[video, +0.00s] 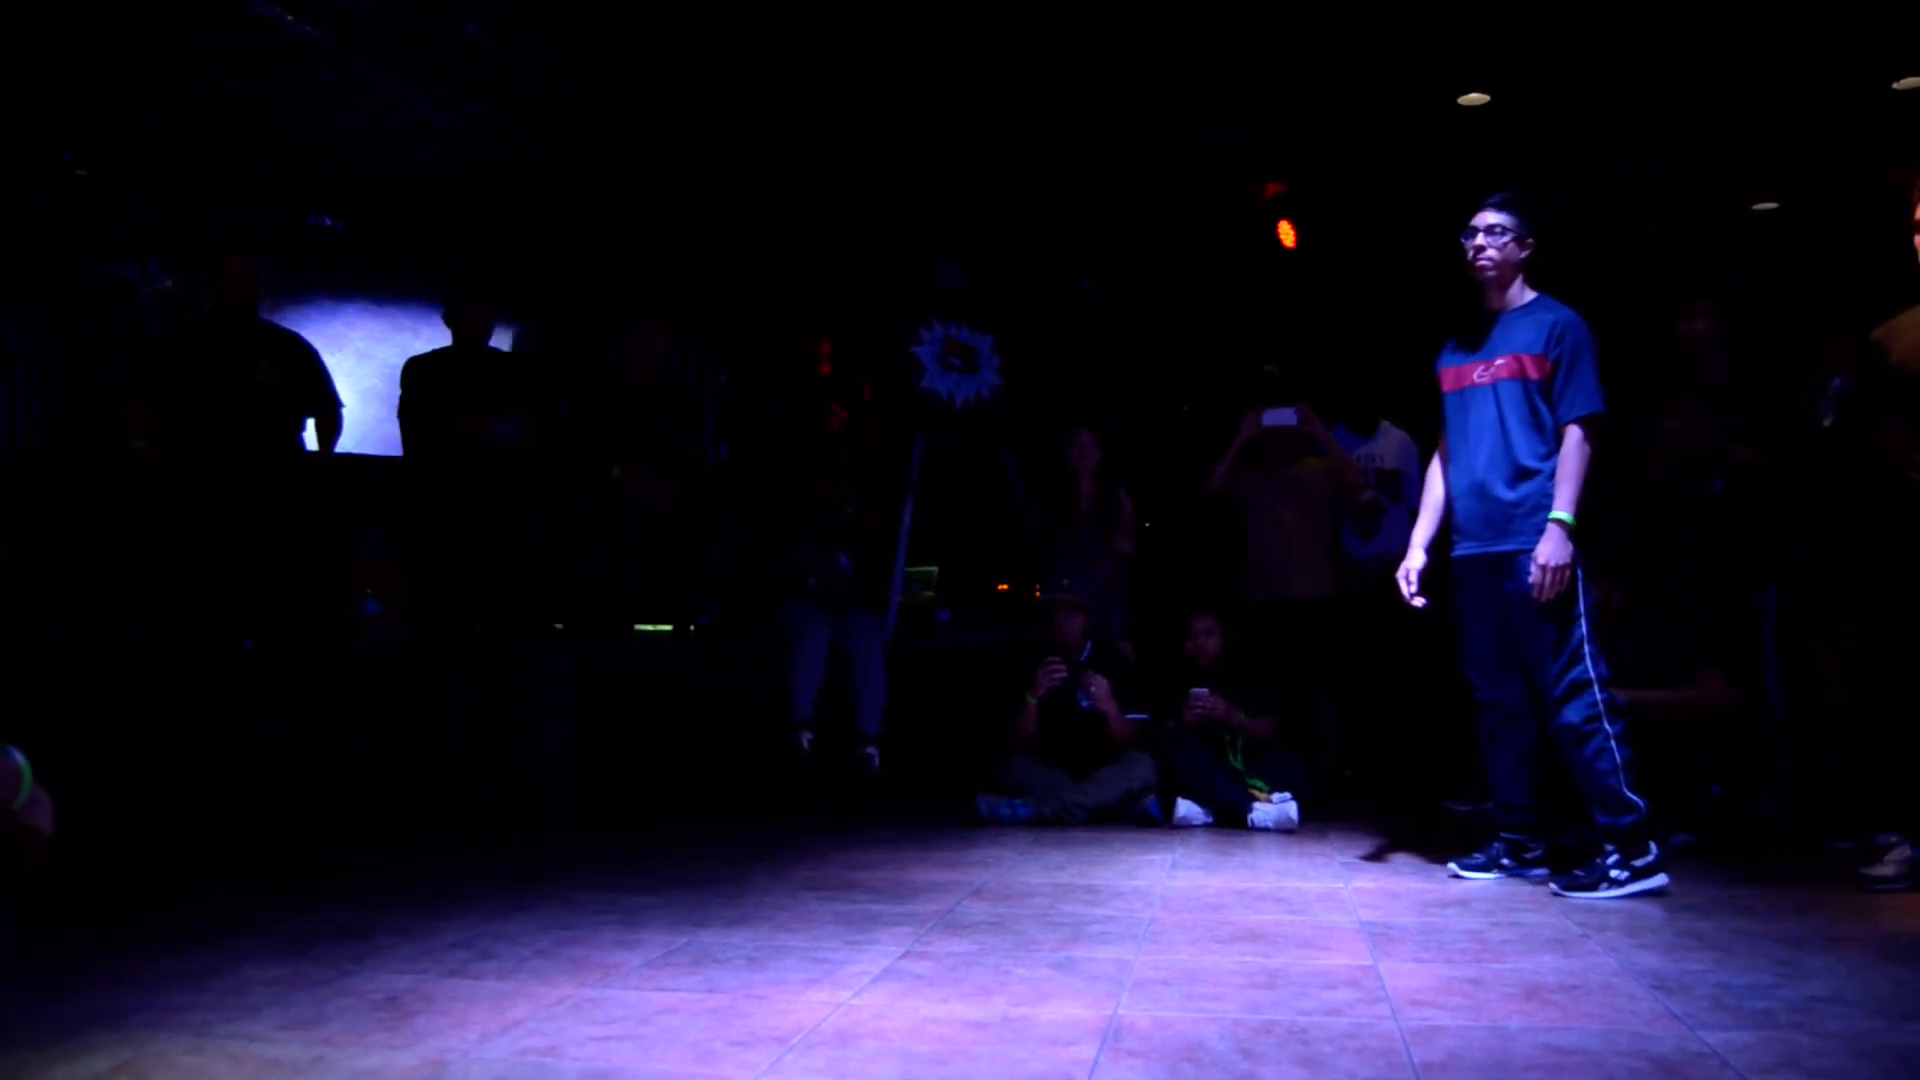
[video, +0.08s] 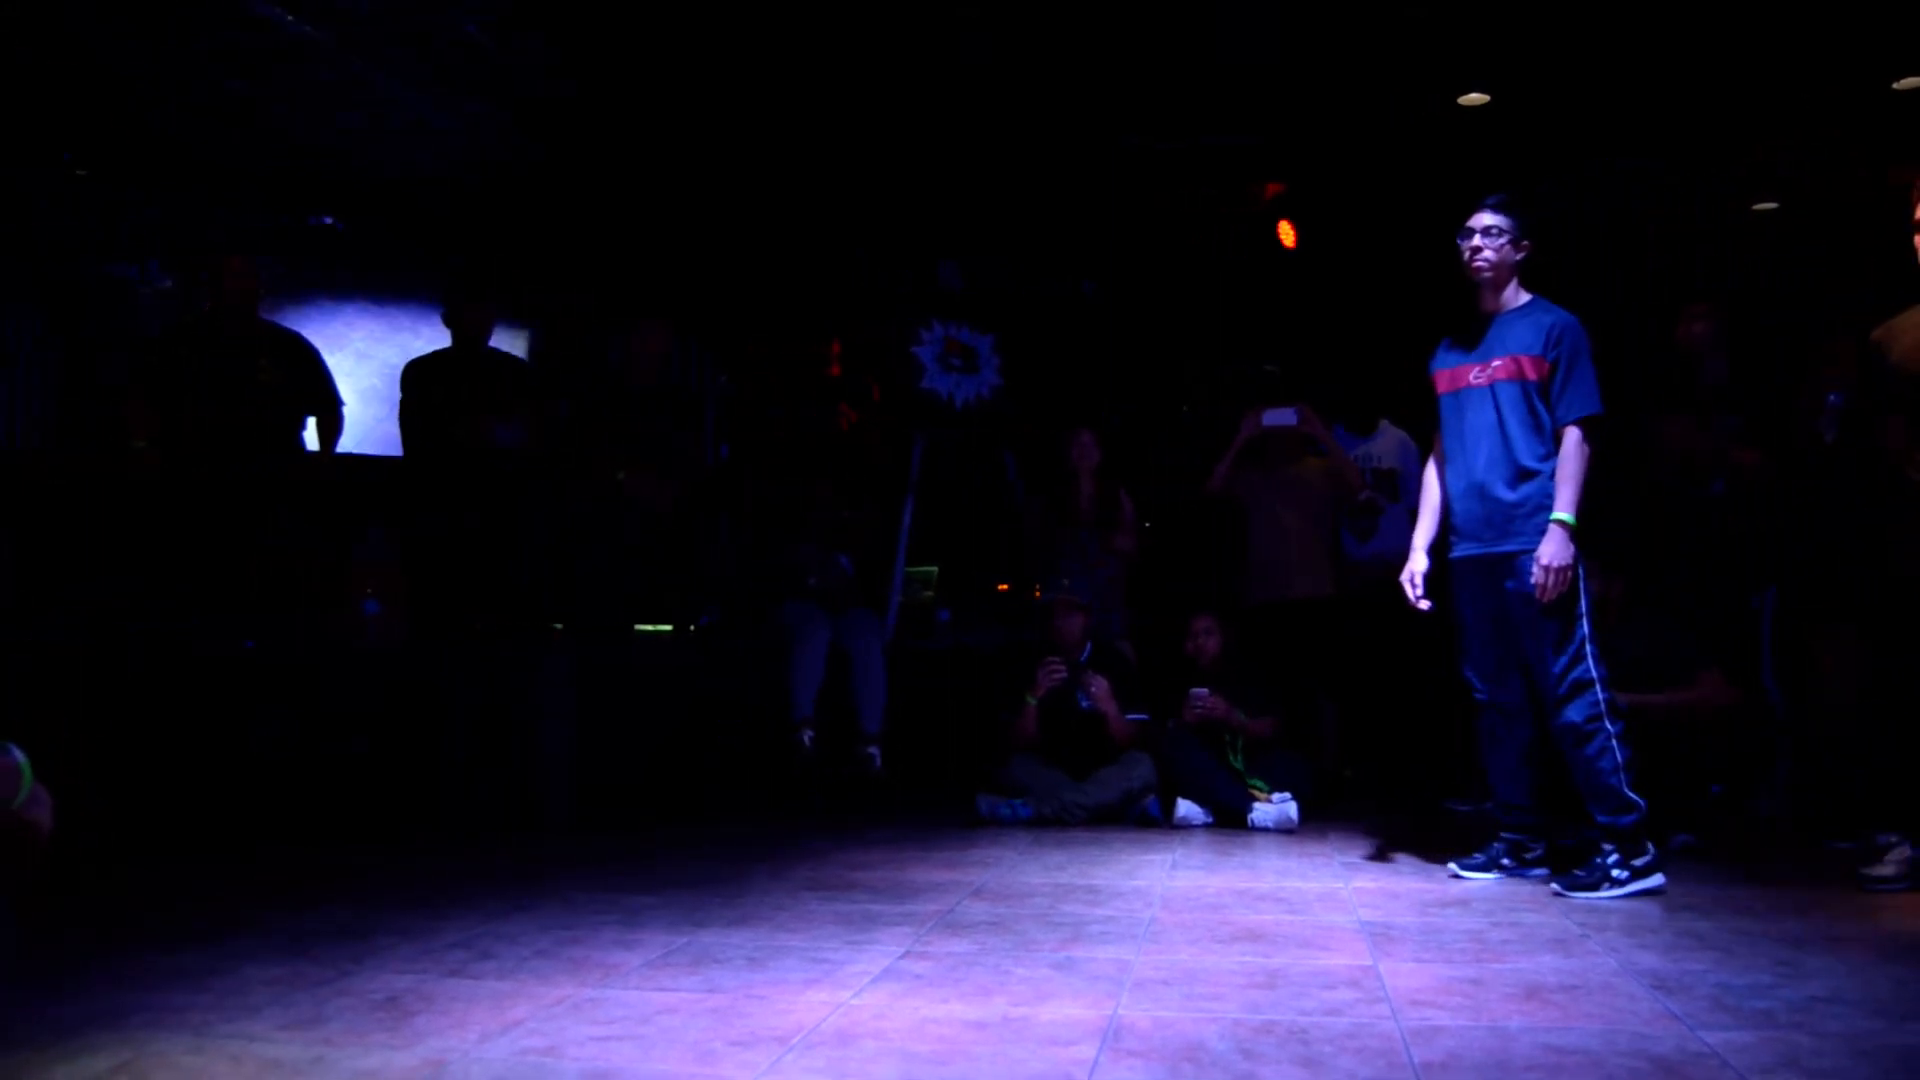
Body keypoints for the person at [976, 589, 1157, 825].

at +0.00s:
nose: (1065, 626)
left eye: (1072, 616)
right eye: (1057, 617)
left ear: (1086, 621)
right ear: (1048, 623)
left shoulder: (1110, 661)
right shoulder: (1034, 661)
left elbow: (1128, 738)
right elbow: (1020, 740)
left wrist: (1108, 706)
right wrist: (1035, 695)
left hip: (1101, 756)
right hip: (1049, 756)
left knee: (1141, 767)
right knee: (1016, 769)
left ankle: (1035, 810)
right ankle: (1119, 808)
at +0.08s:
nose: (1066, 630)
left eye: (1073, 620)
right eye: (1059, 621)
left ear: (1086, 623)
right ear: (1049, 627)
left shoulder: (1110, 662)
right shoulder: (1035, 663)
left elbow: (1128, 738)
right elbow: (1021, 741)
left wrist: (1108, 706)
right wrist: (1035, 695)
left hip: (1101, 756)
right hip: (1051, 756)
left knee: (1141, 767)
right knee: (1016, 768)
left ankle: (1035, 809)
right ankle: (1119, 808)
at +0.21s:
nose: (1066, 627)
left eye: (1073, 617)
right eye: (1059, 618)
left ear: (1087, 622)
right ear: (1049, 624)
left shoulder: (1110, 661)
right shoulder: (1035, 662)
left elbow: (1128, 737)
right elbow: (1021, 739)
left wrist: (1108, 706)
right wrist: (1035, 695)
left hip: (1101, 756)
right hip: (1050, 756)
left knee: (1140, 767)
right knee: (1017, 769)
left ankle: (1036, 809)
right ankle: (1120, 808)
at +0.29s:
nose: (1065, 629)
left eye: (1072, 620)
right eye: (1058, 621)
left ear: (1086, 623)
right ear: (1048, 627)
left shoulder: (1109, 661)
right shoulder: (1034, 663)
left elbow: (1129, 738)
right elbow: (1021, 741)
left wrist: (1107, 705)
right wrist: (1034, 696)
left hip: (1100, 756)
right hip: (1050, 756)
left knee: (1140, 767)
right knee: (1016, 769)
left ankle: (1035, 809)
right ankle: (1119, 809)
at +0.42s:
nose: (1065, 628)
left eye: (1072, 619)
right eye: (1058, 620)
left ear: (1086, 622)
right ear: (1048, 626)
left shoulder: (1109, 661)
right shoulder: (1034, 663)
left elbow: (1129, 738)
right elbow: (1021, 741)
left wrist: (1108, 705)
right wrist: (1034, 695)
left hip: (1100, 755)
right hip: (1050, 756)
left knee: (1140, 767)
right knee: (1016, 769)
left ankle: (1035, 809)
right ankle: (1119, 809)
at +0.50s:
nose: (1066, 631)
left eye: (1072, 622)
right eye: (1059, 624)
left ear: (1085, 625)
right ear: (1049, 628)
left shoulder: (1109, 662)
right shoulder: (1035, 664)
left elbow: (1128, 738)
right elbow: (1021, 741)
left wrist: (1108, 705)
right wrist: (1034, 695)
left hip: (1100, 755)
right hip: (1050, 756)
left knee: (1140, 767)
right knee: (1016, 769)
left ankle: (1035, 809)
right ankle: (1119, 808)